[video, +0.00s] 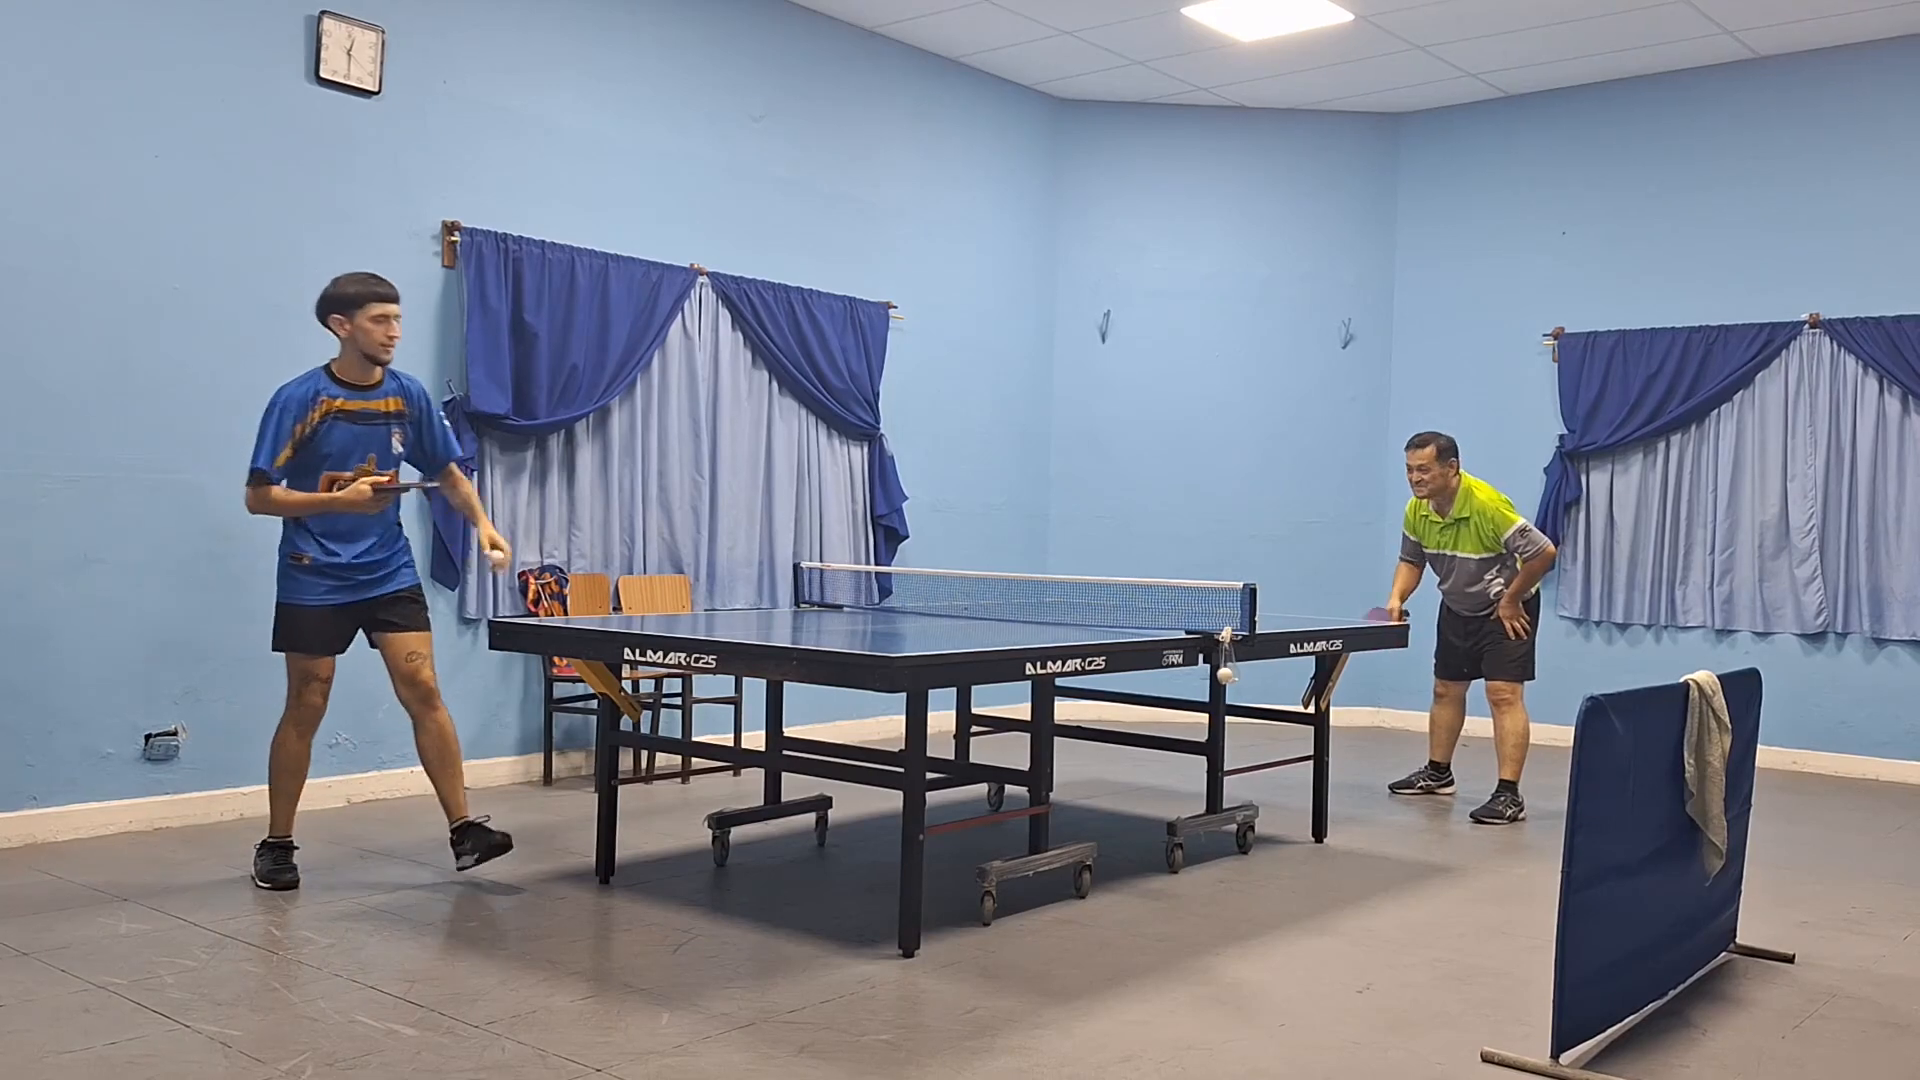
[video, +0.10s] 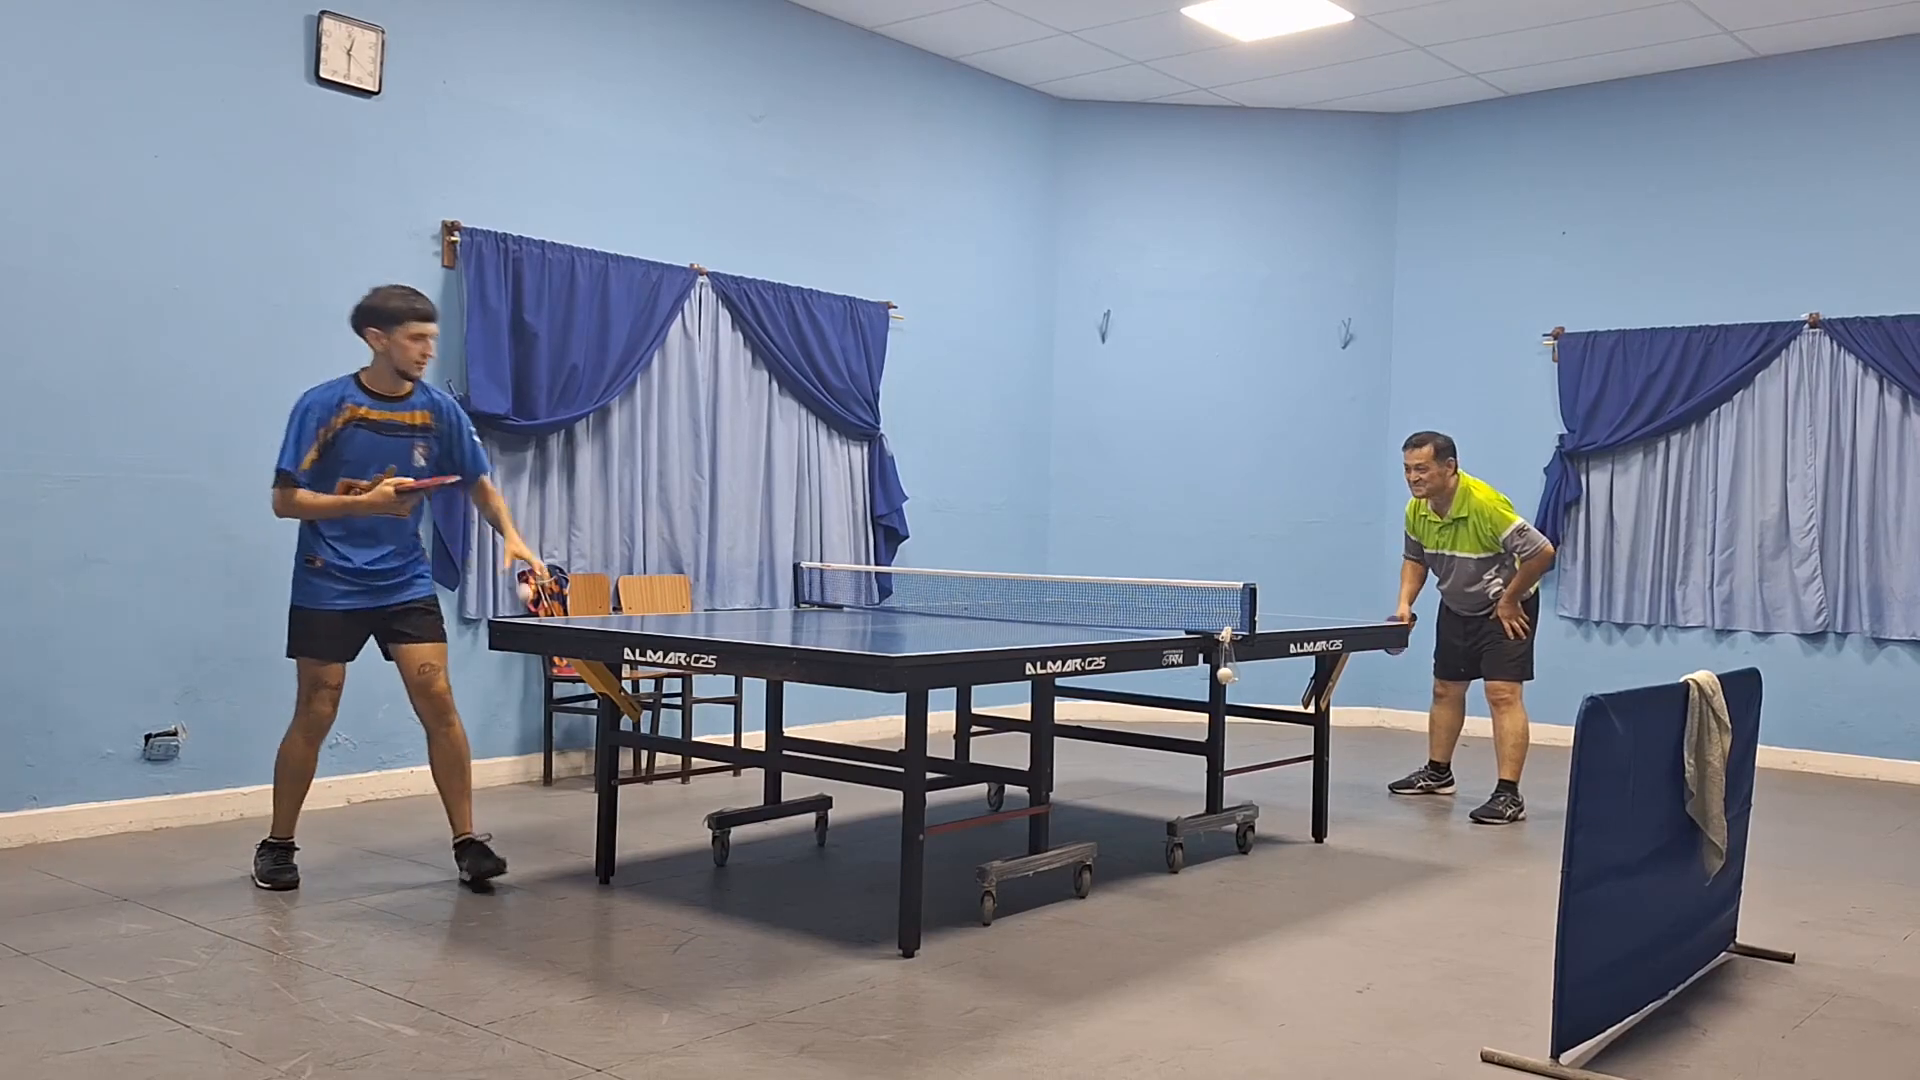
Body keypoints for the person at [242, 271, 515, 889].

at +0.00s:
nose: (394, 330)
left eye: (397, 320)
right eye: (381, 320)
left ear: (397, 326)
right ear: (340, 325)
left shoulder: (409, 396)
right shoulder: (298, 399)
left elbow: (447, 471)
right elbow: (258, 496)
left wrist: (483, 523)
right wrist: (336, 500)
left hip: (389, 570)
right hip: (314, 577)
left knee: (421, 687)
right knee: (307, 704)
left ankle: (463, 828)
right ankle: (278, 844)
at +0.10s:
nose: (429, 350)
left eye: (432, 340)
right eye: (417, 340)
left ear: (429, 343)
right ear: (376, 338)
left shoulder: (441, 411)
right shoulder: (322, 406)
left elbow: (481, 484)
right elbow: (285, 500)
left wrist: (511, 536)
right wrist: (361, 503)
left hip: (406, 580)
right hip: (329, 584)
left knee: (435, 695)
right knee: (318, 710)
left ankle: (468, 841)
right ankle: (279, 843)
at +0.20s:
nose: (479, 372)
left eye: (481, 361)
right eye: (469, 360)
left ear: (455, 364)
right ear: (426, 356)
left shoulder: (475, 430)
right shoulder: (359, 415)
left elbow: (511, 506)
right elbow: (312, 506)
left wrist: (537, 556)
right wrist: (387, 513)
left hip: (428, 591)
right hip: (348, 592)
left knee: (455, 694)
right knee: (329, 724)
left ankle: (476, 848)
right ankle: (279, 845)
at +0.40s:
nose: (556, 408)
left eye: (558, 397)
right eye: (551, 395)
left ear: (523, 390)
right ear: (515, 387)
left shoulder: (522, 453)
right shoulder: (419, 426)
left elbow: (531, 531)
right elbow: (371, 510)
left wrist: (553, 569)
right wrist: (444, 539)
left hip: (446, 586)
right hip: (370, 586)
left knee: (472, 701)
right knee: (340, 718)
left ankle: (476, 848)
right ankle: (284, 841)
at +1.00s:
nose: (483, 412)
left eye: (488, 400)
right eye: (472, 400)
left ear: (489, 397)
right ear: (432, 393)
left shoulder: (485, 451)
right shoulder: (363, 440)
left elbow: (531, 525)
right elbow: (334, 532)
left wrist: (521, 562)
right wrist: (395, 545)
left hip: (428, 586)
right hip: (343, 585)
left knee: (470, 695)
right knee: (300, 717)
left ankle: (478, 846)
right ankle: (246, 846)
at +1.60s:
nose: (500, 497)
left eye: (505, 485)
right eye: (489, 485)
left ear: (511, 480)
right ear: (449, 477)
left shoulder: (502, 514)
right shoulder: (390, 509)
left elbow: (531, 577)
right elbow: (371, 617)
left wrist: (546, 583)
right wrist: (441, 597)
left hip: (428, 619)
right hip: (349, 620)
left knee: (494, 705)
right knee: (287, 746)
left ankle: (492, 848)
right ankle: (245, 851)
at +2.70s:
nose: (478, 477)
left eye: (482, 465)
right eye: (465, 467)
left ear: (487, 466)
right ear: (425, 471)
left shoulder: (479, 507)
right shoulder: (369, 515)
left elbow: (515, 540)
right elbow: (358, 611)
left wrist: (560, 542)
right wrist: (428, 604)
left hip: (423, 640)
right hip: (345, 640)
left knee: (504, 713)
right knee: (282, 767)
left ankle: (488, 850)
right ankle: (247, 851)